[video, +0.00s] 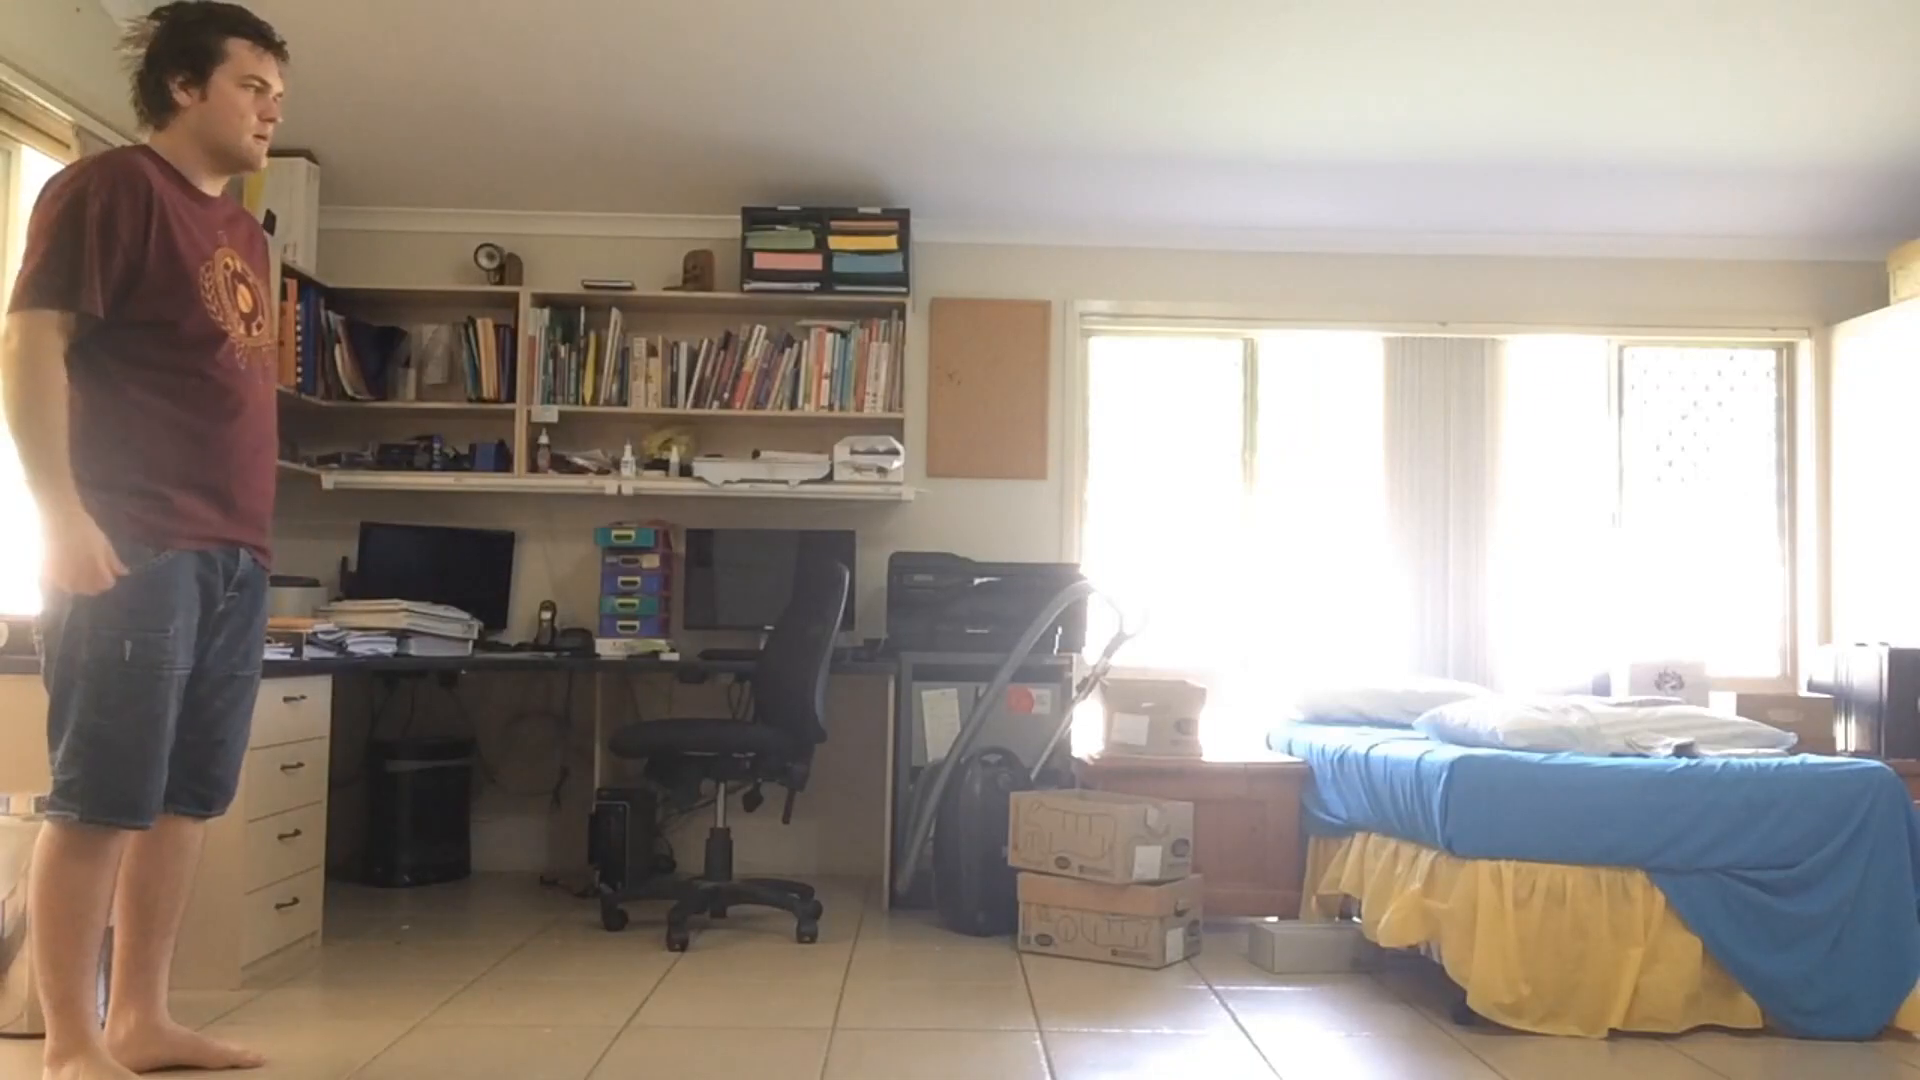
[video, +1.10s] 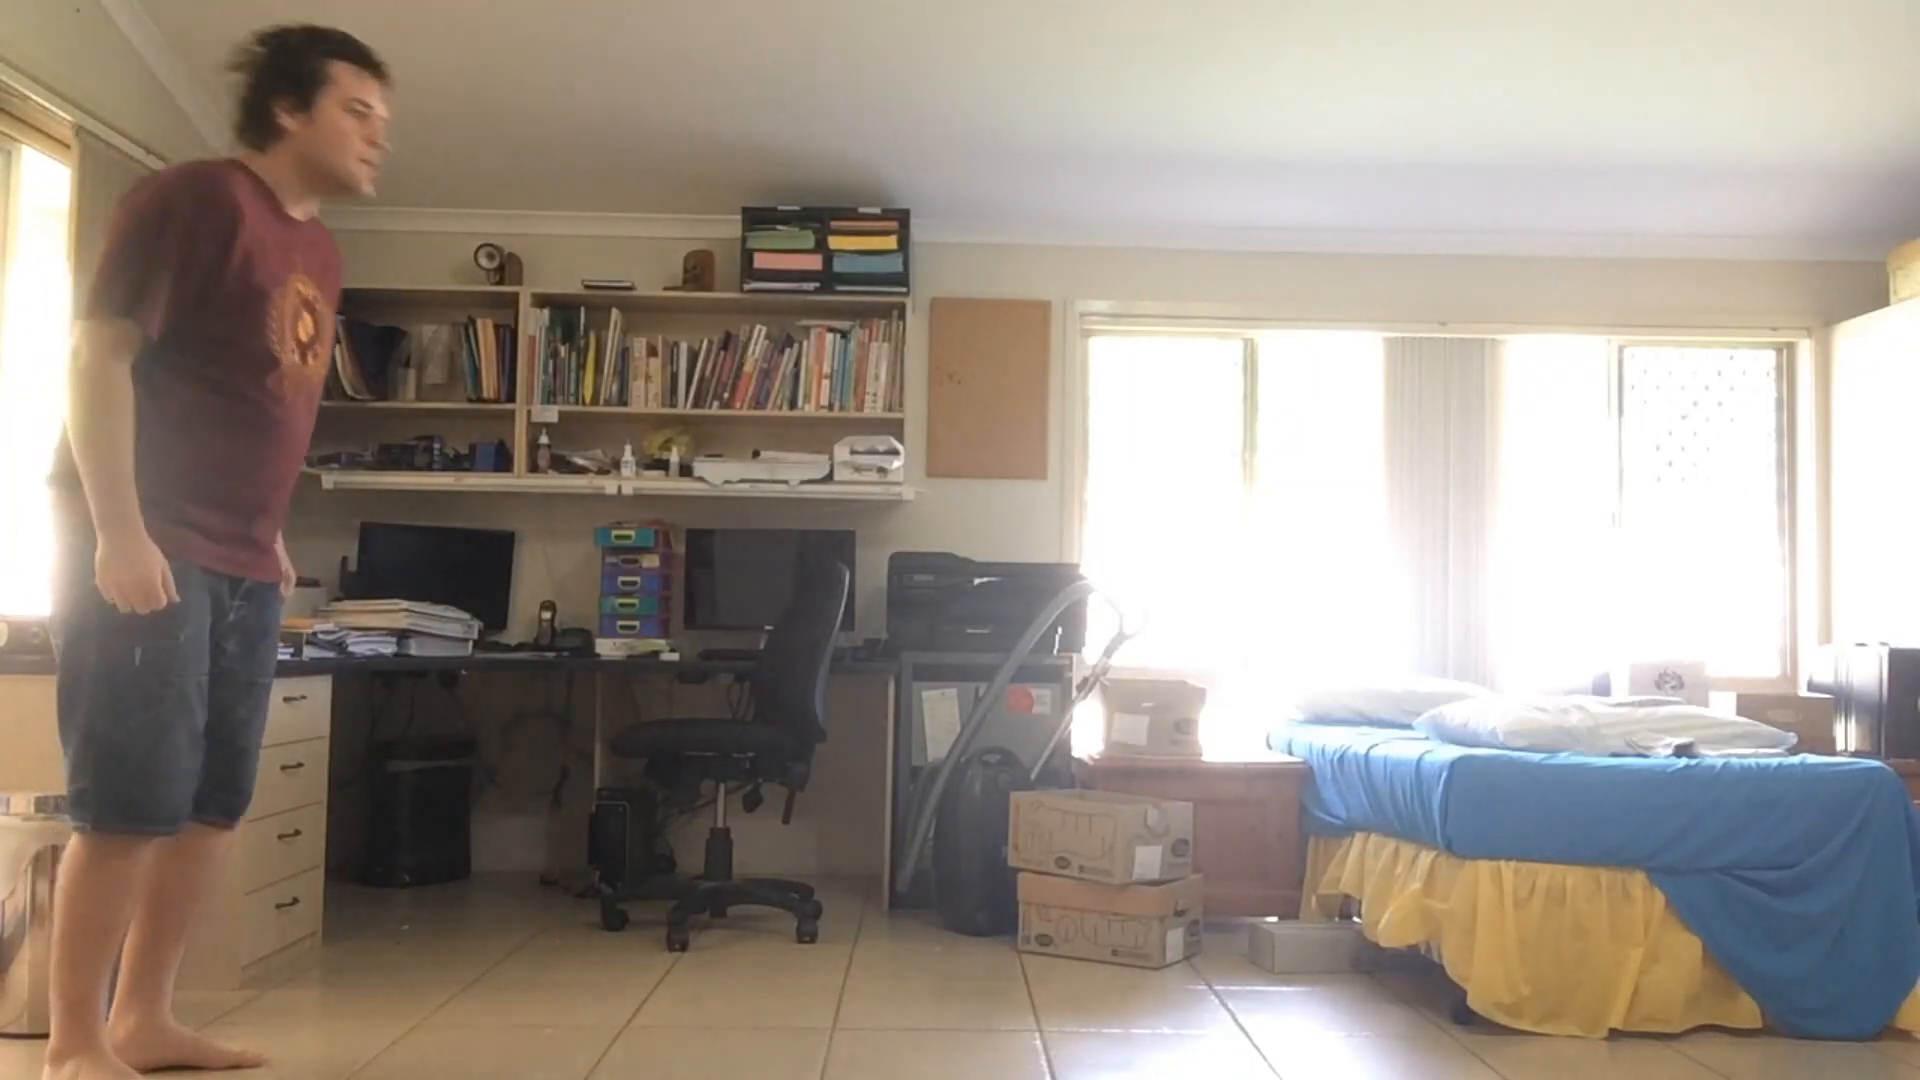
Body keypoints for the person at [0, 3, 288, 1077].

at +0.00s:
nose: (271, 110)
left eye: (277, 96)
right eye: (254, 88)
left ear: (261, 111)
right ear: (185, 88)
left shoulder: (249, 231)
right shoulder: (104, 187)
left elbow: (239, 384)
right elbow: (34, 348)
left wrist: (247, 530)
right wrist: (63, 518)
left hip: (234, 551)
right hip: (128, 543)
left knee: (180, 800)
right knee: (95, 800)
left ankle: (142, 1023)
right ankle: (65, 1042)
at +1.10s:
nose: (379, 136)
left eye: (383, 121)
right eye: (360, 111)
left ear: (352, 133)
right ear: (289, 110)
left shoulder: (321, 249)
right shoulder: (193, 195)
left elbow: (271, 410)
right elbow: (97, 360)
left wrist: (266, 544)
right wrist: (119, 533)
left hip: (249, 560)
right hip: (151, 548)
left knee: (211, 805)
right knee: (126, 808)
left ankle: (143, 1022)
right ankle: (72, 1045)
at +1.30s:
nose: (486, 266)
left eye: (489, 247)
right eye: (469, 240)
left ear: (419, 252)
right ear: (399, 239)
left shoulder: (396, 357)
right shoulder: (278, 304)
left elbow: (281, 460)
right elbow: (119, 408)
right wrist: (100, 586)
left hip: (235, 602)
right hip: (140, 589)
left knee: (262, 808)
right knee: (195, 811)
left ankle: (144, 1027)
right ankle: (76, 1048)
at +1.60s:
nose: (538, 229)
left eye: (539, 210)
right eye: (520, 208)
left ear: (500, 223)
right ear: (454, 217)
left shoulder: (486, 342)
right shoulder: (375, 316)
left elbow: (407, 472)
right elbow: (242, 430)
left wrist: (359, 594)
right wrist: (210, 609)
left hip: (351, 633)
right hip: (268, 625)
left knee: (333, 858)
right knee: (283, 856)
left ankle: (156, 1019)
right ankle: (92, 1032)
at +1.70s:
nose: (569, 117)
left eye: (574, 100)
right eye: (553, 94)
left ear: (523, 109)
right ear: (486, 94)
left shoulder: (516, 220)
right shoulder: (406, 181)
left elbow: (501, 354)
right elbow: (301, 305)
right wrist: (326, 476)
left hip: (461, 544)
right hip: (383, 535)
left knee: (332, 786)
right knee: (282, 774)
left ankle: (215, 980)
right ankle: (137, 985)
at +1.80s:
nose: (659, 54)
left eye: (662, 34)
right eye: (646, 29)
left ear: (595, 32)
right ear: (582, 23)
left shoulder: (570, 132)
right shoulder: (490, 103)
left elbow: (507, 272)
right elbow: (405, 242)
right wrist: (444, 422)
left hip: (532, 452)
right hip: (467, 446)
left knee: (470, 694)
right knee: (460, 695)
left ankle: (280, 897)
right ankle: (295, 918)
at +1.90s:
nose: (781, 58)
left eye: (785, 36)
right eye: (767, 31)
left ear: (728, 32)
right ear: (703, 24)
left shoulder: (669, 136)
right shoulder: (607, 90)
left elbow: (596, 281)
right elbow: (511, 235)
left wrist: (600, 426)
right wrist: (535, 420)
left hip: (574, 426)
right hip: (515, 421)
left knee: (558, 664)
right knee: (578, 669)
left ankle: (479, 915)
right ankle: (510, 938)